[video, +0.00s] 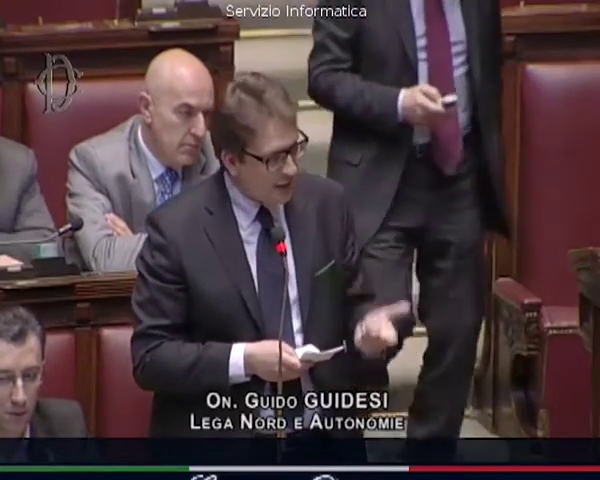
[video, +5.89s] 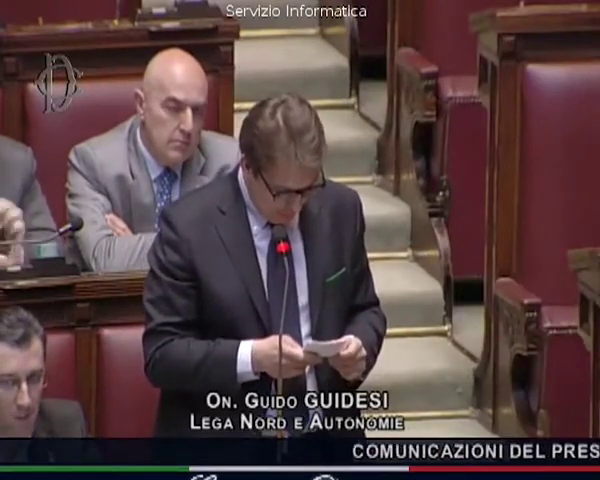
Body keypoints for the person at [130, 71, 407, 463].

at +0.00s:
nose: (291, 168)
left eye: (295, 150)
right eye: (274, 159)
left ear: (301, 136)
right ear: (231, 160)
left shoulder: (328, 201)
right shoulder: (174, 227)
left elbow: (357, 305)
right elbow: (150, 358)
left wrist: (372, 332)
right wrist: (244, 359)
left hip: (323, 437)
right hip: (218, 444)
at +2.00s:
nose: (274, 153)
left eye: (290, 138)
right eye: (260, 135)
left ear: (308, 142)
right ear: (239, 134)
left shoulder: (348, 209)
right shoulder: (188, 217)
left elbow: (378, 314)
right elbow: (157, 346)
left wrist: (353, 352)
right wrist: (246, 356)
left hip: (327, 438)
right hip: (220, 440)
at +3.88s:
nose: (291, 200)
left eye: (301, 184)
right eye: (278, 187)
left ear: (311, 163)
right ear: (239, 166)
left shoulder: (329, 203)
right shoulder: (179, 226)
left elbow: (355, 302)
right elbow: (155, 357)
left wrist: (353, 339)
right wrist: (248, 358)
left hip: (320, 439)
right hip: (217, 445)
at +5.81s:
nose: (296, 207)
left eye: (308, 191)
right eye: (283, 193)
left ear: (319, 168)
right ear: (247, 168)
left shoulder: (341, 208)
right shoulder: (186, 223)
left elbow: (368, 311)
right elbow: (161, 355)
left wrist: (359, 345)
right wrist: (250, 357)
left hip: (323, 441)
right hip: (220, 445)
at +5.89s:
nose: (296, 207)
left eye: (308, 191)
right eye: (283, 193)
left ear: (319, 168)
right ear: (246, 168)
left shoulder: (340, 207)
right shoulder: (186, 223)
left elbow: (367, 311)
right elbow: (161, 355)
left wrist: (358, 346)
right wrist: (250, 357)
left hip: (323, 439)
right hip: (220, 444)